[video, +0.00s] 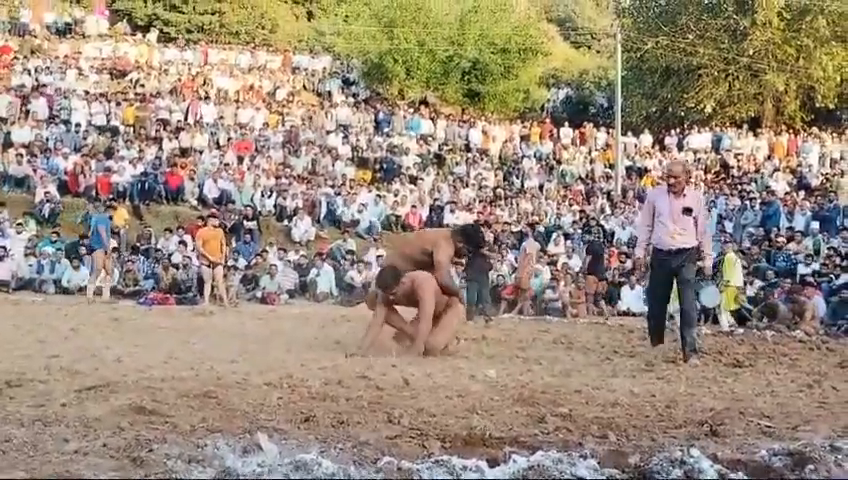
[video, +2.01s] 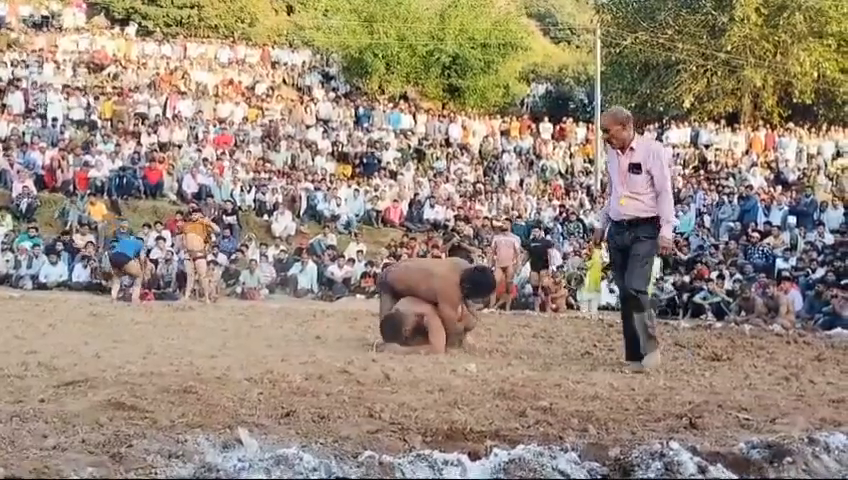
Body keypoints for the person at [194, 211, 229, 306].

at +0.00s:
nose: (216, 221)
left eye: (217, 218)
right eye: (214, 218)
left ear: (218, 220)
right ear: (208, 219)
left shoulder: (220, 231)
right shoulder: (201, 232)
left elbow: (223, 244)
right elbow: (199, 247)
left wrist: (223, 256)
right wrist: (210, 258)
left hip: (218, 260)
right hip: (206, 260)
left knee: (220, 281)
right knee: (207, 282)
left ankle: (225, 301)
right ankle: (206, 302)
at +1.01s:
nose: (210, 221)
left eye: (211, 219)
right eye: (207, 219)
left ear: (213, 220)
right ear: (203, 220)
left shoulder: (217, 232)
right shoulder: (195, 233)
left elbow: (221, 244)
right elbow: (191, 246)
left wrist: (218, 252)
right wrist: (197, 255)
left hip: (212, 259)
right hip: (199, 259)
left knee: (219, 276)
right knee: (193, 277)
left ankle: (219, 299)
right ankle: (196, 299)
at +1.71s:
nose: (202, 217)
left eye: (204, 215)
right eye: (200, 215)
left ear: (207, 217)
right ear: (197, 217)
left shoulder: (212, 227)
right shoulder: (192, 227)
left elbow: (220, 237)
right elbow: (185, 238)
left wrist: (213, 241)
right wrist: (189, 246)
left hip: (208, 254)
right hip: (195, 254)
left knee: (209, 276)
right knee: (191, 275)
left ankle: (211, 298)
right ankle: (190, 296)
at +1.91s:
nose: (196, 216)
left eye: (198, 214)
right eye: (194, 214)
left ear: (201, 215)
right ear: (191, 215)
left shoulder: (205, 226)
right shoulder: (187, 227)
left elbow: (219, 232)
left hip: (202, 253)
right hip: (190, 253)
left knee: (204, 276)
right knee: (191, 275)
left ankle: (207, 297)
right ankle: (188, 296)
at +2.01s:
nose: (194, 216)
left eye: (196, 213)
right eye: (192, 214)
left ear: (200, 214)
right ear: (189, 215)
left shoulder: (203, 223)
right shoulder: (186, 225)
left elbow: (217, 230)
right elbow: (180, 235)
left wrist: (208, 222)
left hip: (200, 252)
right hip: (188, 252)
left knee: (203, 276)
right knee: (189, 275)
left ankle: (206, 297)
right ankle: (187, 296)